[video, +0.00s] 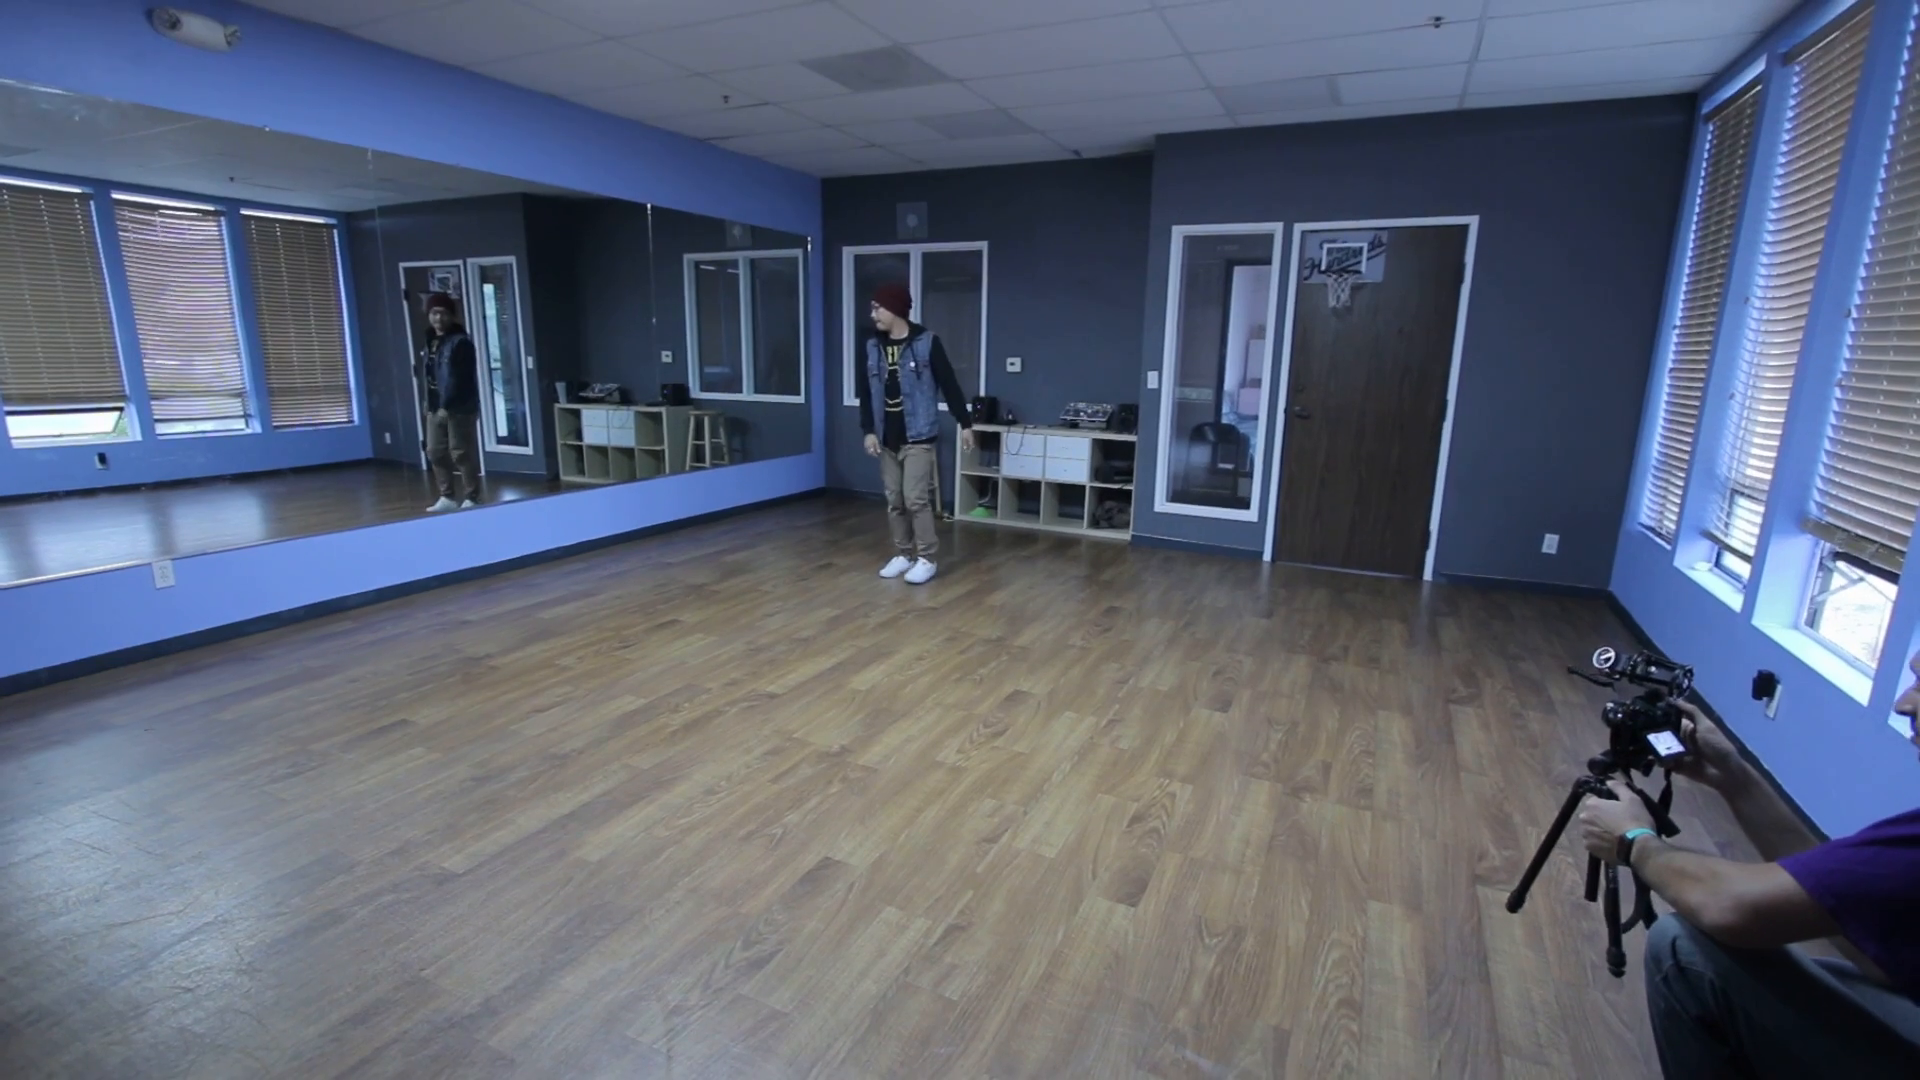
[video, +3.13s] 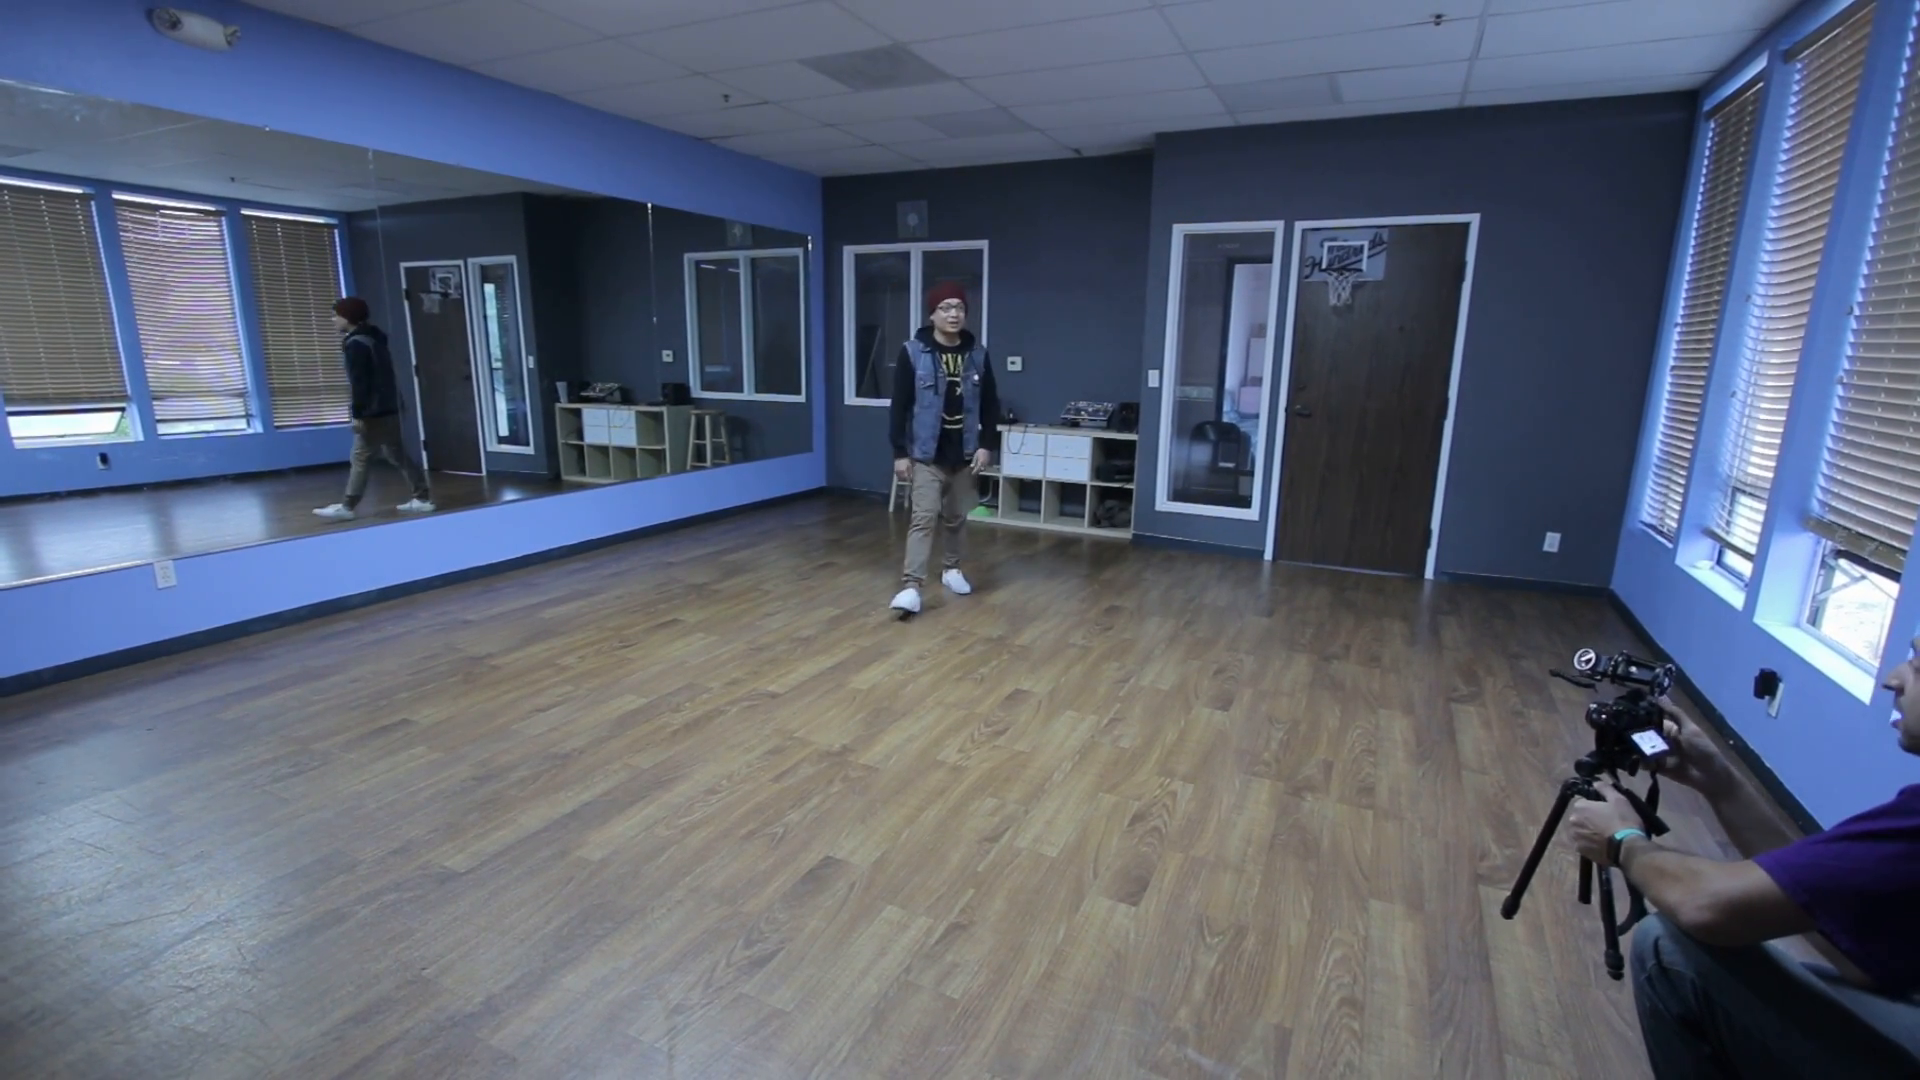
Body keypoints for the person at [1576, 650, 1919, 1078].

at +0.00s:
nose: (1905, 701)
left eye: (1917, 676)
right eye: (1912, 676)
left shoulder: (1913, 841)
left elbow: (1732, 911)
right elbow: (1874, 938)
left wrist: (1634, 841)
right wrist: (1732, 775)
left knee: (1685, 948)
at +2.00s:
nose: (1858, 720)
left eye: (1878, 701)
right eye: (1866, 699)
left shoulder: (1912, 816)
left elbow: (1713, 909)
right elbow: (1866, 959)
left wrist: (1619, 843)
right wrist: (1713, 779)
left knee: (1673, 950)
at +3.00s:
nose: (1875, 692)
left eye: (1897, 678)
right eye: (1887, 675)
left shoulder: (1913, 815)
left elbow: (1709, 908)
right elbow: (1867, 957)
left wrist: (1623, 842)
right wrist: (1720, 781)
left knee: (1672, 949)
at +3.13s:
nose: (1894, 677)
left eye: (1915, 658)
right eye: (1909, 657)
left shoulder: (1915, 813)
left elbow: (1709, 909)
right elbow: (1861, 950)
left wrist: (1622, 842)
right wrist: (1721, 784)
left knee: (1671, 949)